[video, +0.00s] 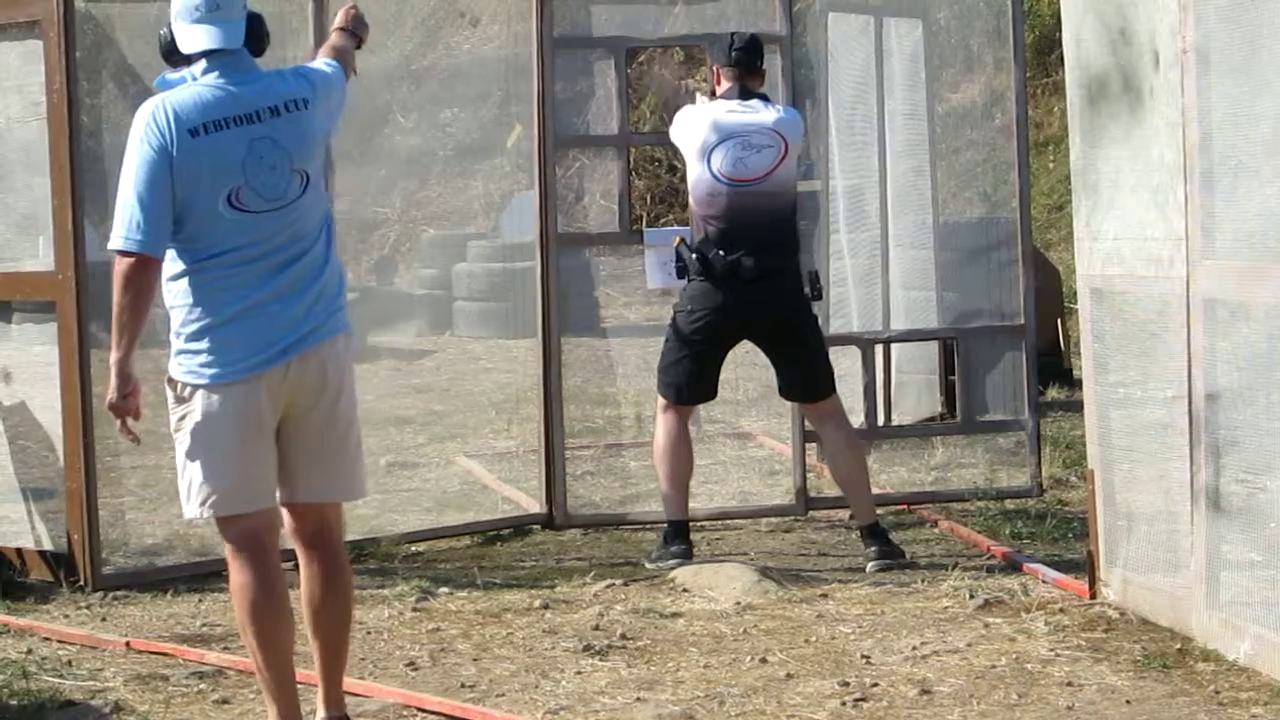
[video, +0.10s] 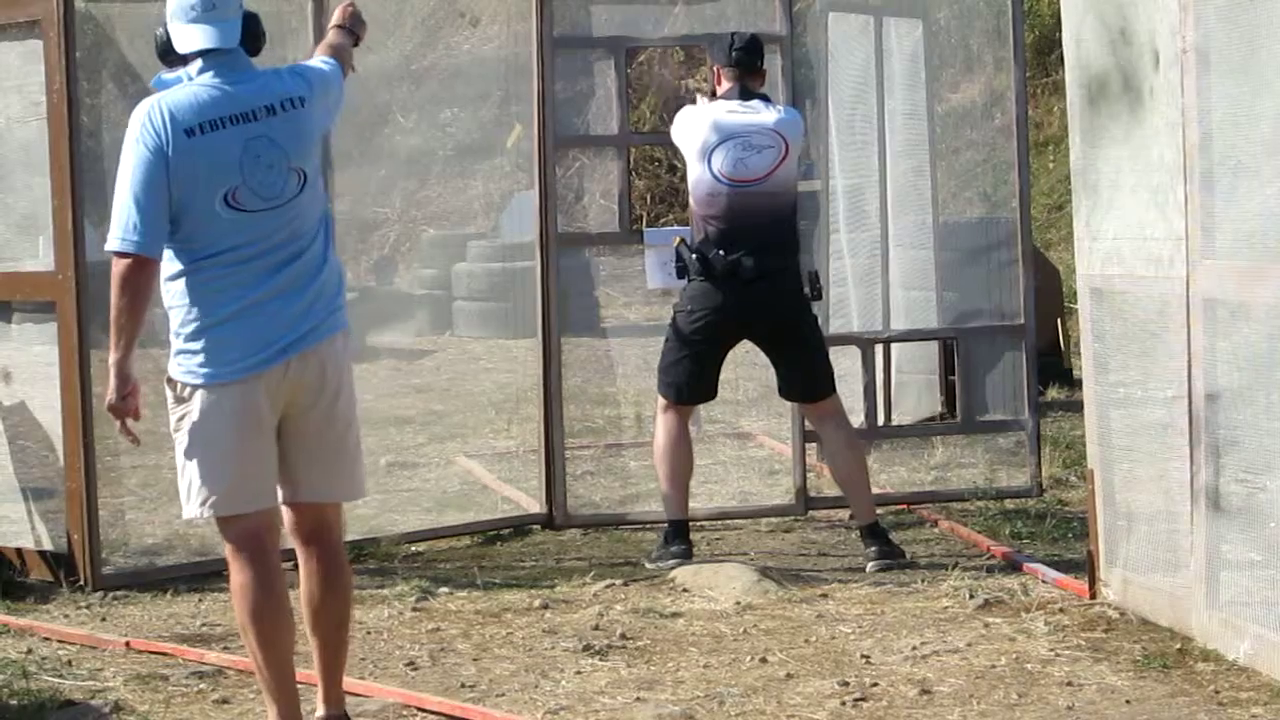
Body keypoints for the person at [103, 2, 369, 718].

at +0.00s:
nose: (176, 64)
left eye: (174, 52)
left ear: (176, 52)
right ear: (251, 39)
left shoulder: (162, 119)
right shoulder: (305, 91)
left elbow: (137, 260)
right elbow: (336, 59)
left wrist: (120, 363)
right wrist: (348, 29)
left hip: (220, 362)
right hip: (320, 340)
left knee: (250, 547)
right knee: (320, 534)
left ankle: (286, 709)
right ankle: (333, 705)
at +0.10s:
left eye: (169, 48)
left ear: (172, 50)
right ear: (248, 38)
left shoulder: (158, 119)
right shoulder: (302, 90)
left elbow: (134, 259)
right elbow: (334, 56)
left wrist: (119, 363)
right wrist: (345, 26)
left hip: (220, 361)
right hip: (319, 339)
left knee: (251, 548)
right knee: (320, 533)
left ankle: (286, 710)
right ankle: (333, 704)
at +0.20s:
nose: (167, 63)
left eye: (164, 51)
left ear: (169, 52)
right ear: (244, 37)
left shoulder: (154, 119)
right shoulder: (298, 88)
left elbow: (132, 261)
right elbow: (332, 54)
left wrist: (118, 362)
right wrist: (344, 25)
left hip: (220, 360)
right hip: (320, 336)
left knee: (251, 548)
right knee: (321, 530)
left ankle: (286, 709)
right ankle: (335, 701)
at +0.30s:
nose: (163, 62)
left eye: (162, 49)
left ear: (167, 51)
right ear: (243, 36)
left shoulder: (153, 119)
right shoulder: (298, 87)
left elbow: (133, 258)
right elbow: (333, 52)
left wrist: (119, 362)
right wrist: (345, 23)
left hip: (223, 361)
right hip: (323, 336)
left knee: (252, 548)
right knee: (328, 526)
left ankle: (286, 709)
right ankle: (343, 698)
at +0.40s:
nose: (163, 62)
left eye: (164, 49)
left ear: (170, 51)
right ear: (247, 35)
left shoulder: (156, 119)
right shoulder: (301, 87)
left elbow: (135, 260)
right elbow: (335, 53)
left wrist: (122, 365)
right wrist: (349, 23)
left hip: (228, 360)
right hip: (327, 334)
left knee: (252, 549)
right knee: (337, 521)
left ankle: (284, 710)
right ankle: (362, 698)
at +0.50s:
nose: (172, 57)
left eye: (175, 47)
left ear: (180, 48)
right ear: (256, 35)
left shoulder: (164, 117)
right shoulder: (310, 89)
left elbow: (141, 259)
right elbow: (341, 53)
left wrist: (129, 363)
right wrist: (353, 24)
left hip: (232, 363)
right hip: (332, 335)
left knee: (251, 550)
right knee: (349, 516)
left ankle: (284, 709)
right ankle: (390, 687)